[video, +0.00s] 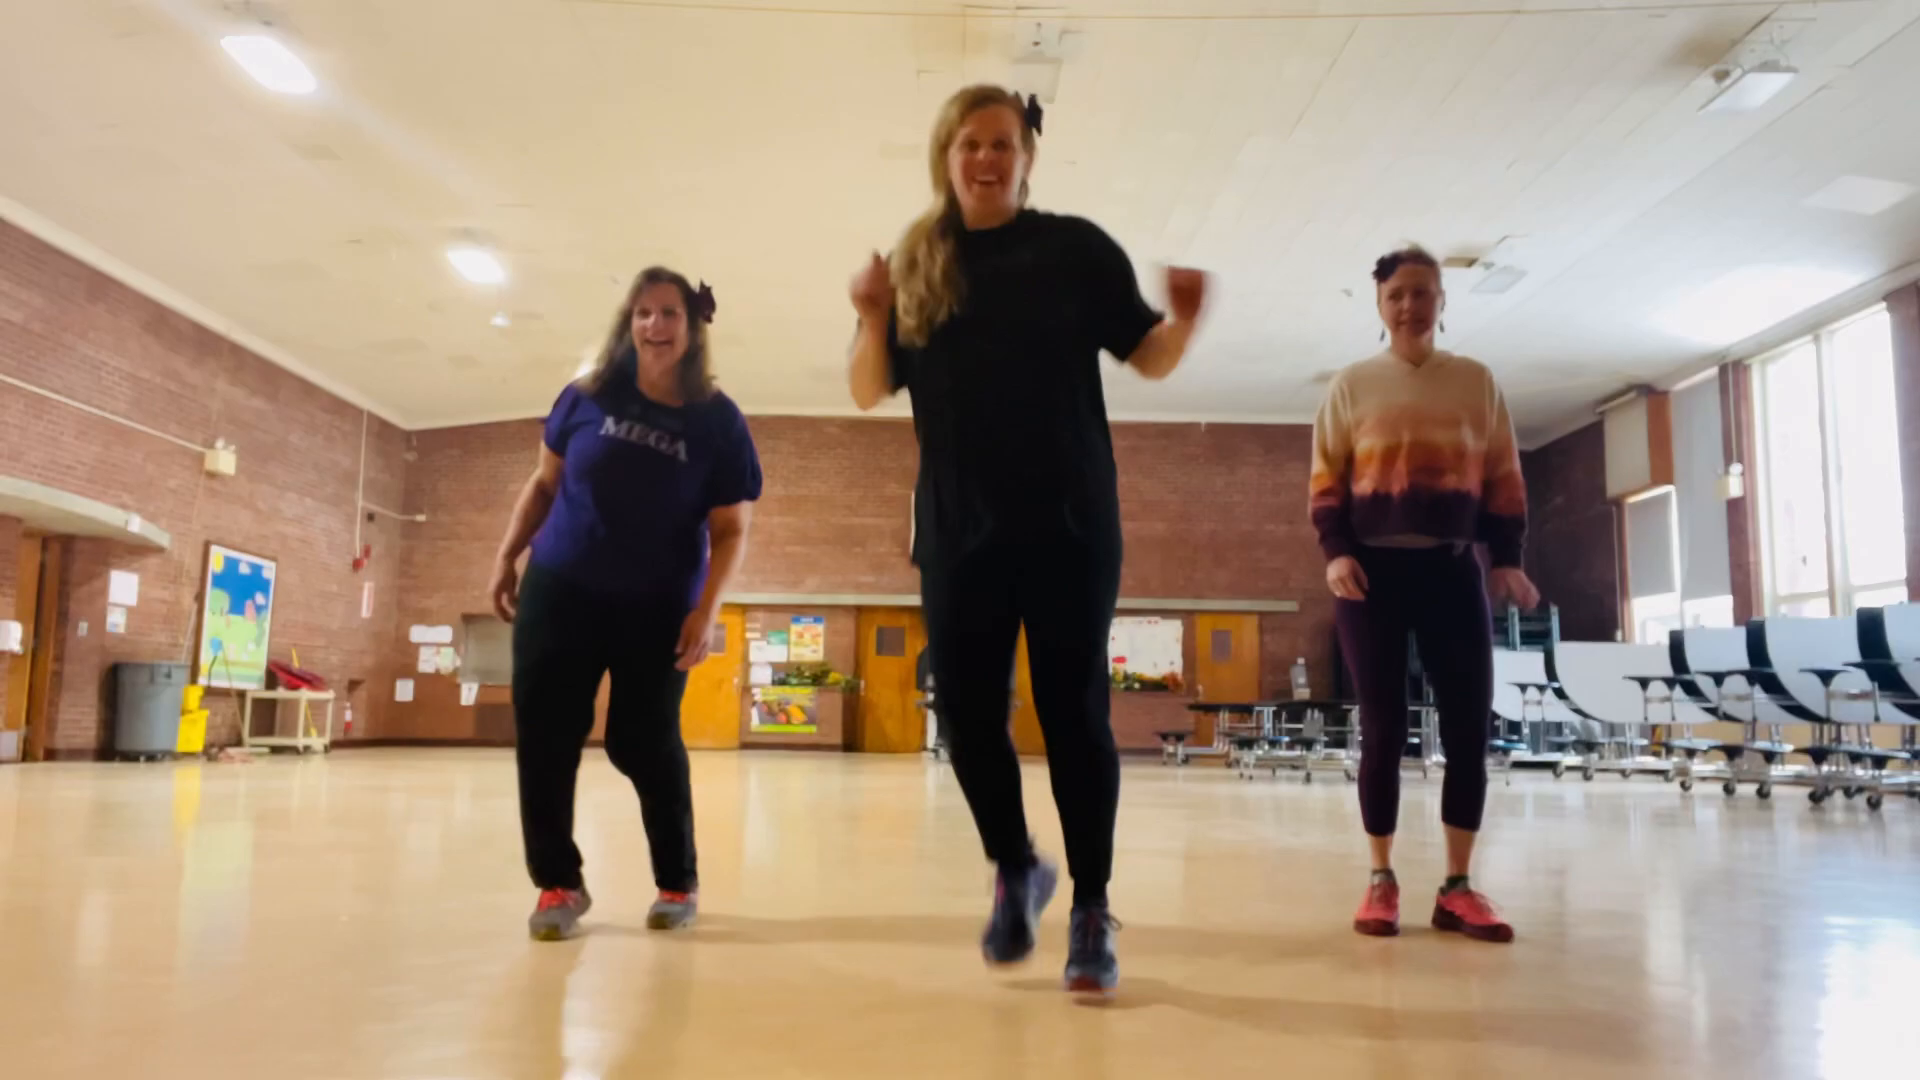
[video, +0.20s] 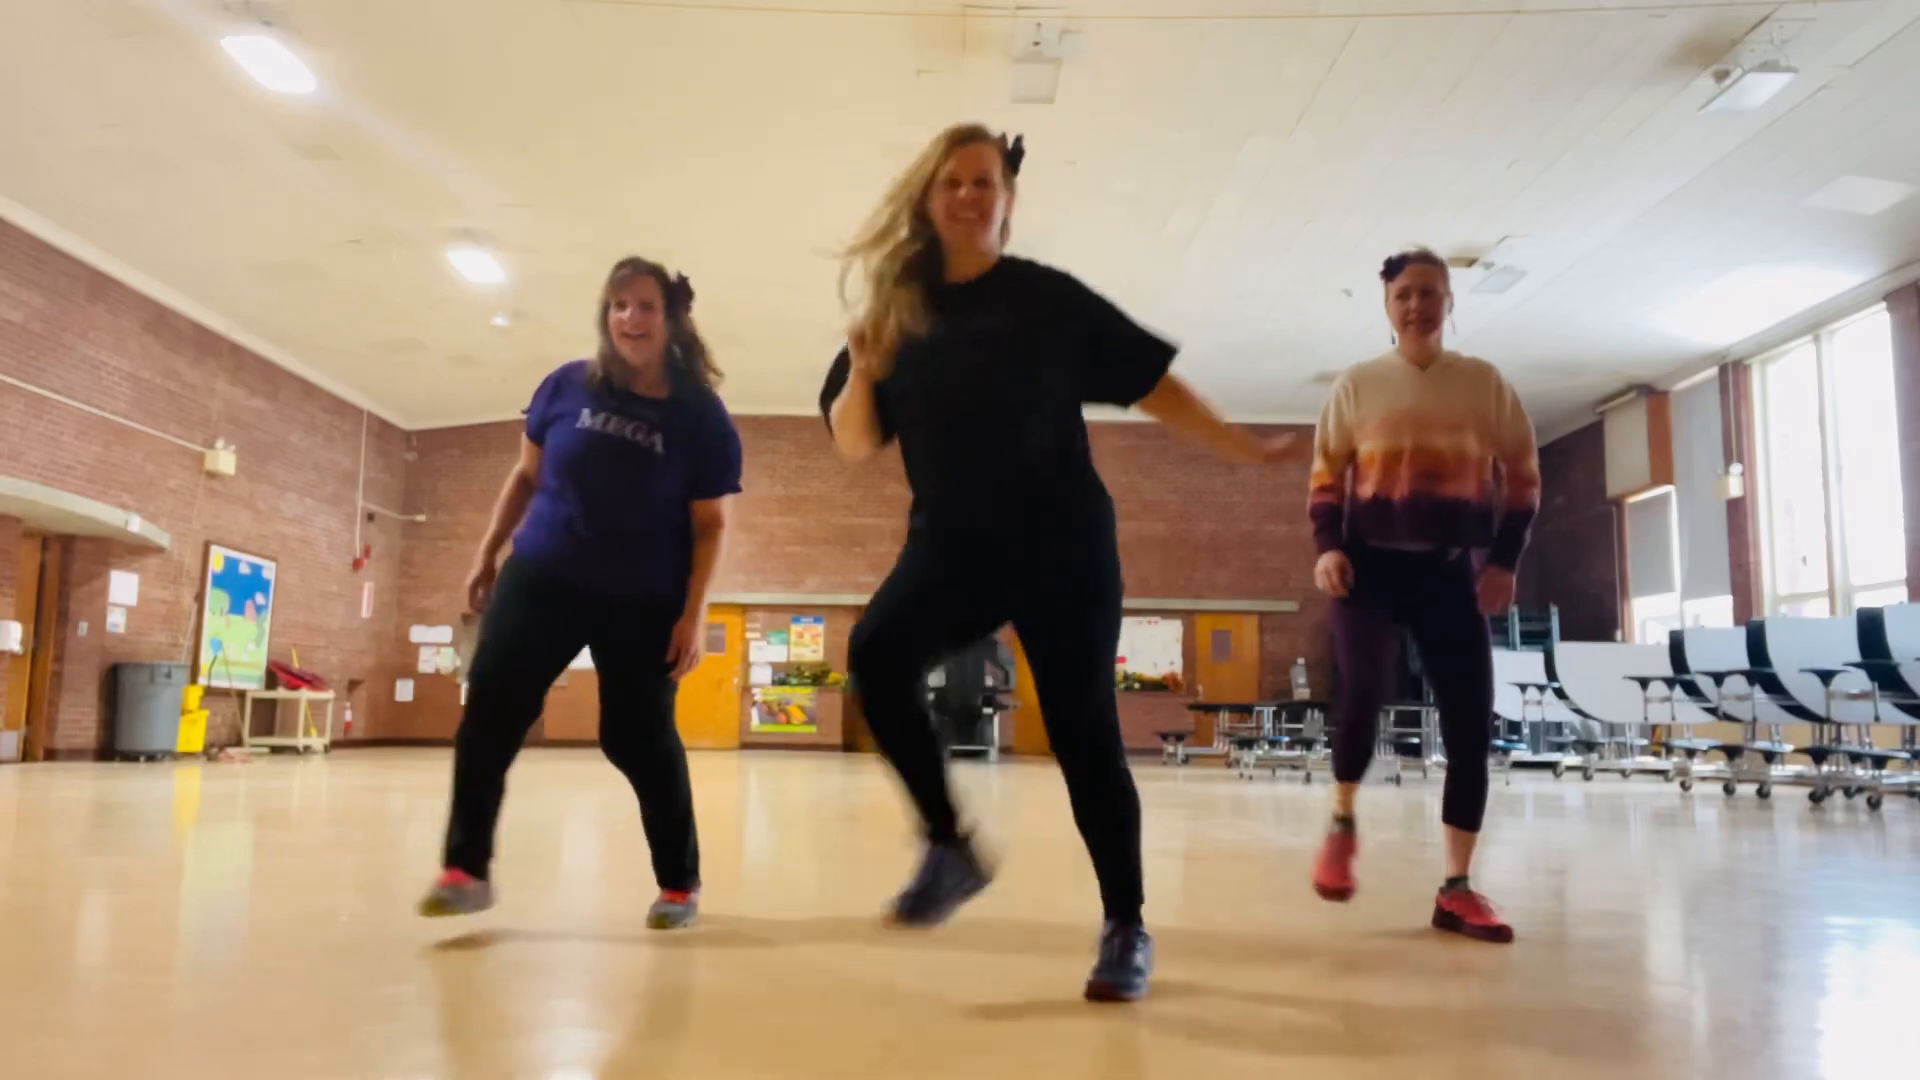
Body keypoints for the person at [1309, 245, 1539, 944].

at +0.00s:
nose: (1412, 305)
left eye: (1422, 293)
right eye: (1398, 294)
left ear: (1441, 301)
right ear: (1379, 304)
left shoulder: (1476, 381)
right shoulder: (1349, 387)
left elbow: (1505, 479)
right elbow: (1326, 484)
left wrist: (1507, 560)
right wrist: (1335, 552)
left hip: (1454, 576)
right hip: (1373, 576)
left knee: (1468, 731)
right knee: (1382, 730)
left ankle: (1457, 888)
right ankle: (1381, 881)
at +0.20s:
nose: (1417, 305)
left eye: (1429, 294)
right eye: (1404, 295)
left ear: (1448, 302)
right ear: (1386, 306)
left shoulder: (1485, 385)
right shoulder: (1355, 387)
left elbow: (1524, 479)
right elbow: (1326, 476)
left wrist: (1502, 561)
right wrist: (1327, 545)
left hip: (1449, 573)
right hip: (1367, 570)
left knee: (1470, 726)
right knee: (1361, 694)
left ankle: (1457, 886)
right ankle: (1342, 823)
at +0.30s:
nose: (1413, 300)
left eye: (1425, 289)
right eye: (1401, 290)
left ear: (1444, 296)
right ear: (1381, 299)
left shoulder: (1480, 382)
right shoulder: (1350, 382)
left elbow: (1514, 474)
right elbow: (1319, 475)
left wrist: (1501, 552)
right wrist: (1314, 545)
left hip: (1442, 569)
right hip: (1360, 564)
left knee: (1466, 722)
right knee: (1325, 695)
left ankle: (1455, 884)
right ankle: (1278, 830)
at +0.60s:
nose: (1373, 319)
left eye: (1385, 309)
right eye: (1362, 306)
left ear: (1398, 319)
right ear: (1338, 310)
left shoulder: (1402, 402)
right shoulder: (1290, 382)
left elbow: (1412, 504)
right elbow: (1241, 468)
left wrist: (1461, 535)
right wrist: (1225, 534)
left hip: (1356, 576)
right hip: (1279, 569)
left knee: (1415, 714)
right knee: (1272, 723)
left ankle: (1451, 876)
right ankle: (1263, 881)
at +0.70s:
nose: (1335, 318)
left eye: (1347, 308)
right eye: (1324, 305)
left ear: (1359, 317)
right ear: (1301, 306)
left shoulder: (1364, 396)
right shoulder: (1253, 380)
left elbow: (1367, 489)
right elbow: (1207, 471)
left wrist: (1425, 478)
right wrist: (1195, 540)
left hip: (1313, 569)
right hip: (1245, 565)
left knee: (1387, 711)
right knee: (1255, 720)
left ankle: (1361, 851)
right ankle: (1258, 876)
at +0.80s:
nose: (1300, 320)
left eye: (1312, 309)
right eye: (1290, 307)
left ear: (1324, 317)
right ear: (1267, 308)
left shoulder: (1333, 396)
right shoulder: (1223, 386)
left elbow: (1350, 482)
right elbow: (1185, 479)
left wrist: (1386, 447)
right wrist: (1173, 555)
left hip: (1289, 570)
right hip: (1219, 567)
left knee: (1330, 719)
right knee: (1238, 720)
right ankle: (1256, 875)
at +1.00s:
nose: (1241, 339)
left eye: (1251, 328)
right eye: (1229, 326)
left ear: (1264, 333)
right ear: (1206, 327)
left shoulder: (1287, 407)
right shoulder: (1169, 407)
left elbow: (1328, 503)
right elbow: (1136, 502)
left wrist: (1329, 500)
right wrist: (1110, 570)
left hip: (1243, 583)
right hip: (1168, 579)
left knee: (1241, 723)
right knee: (1166, 710)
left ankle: (1198, 866)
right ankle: (1204, 855)